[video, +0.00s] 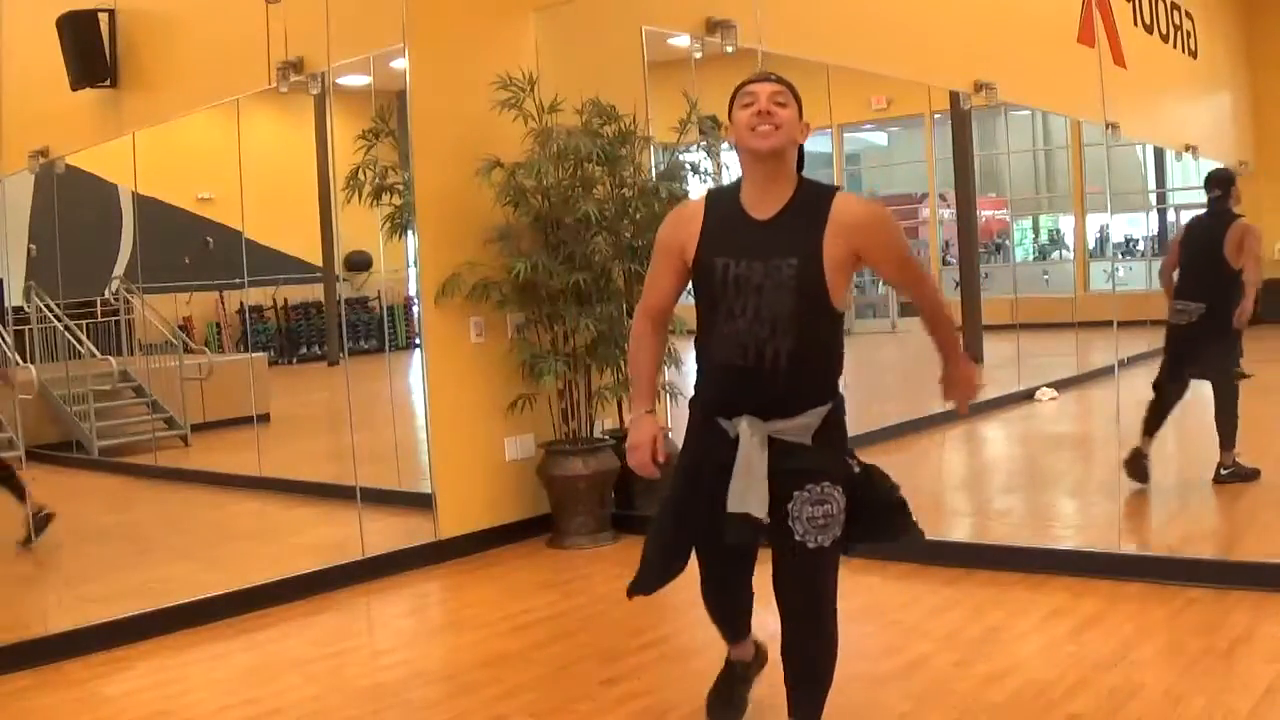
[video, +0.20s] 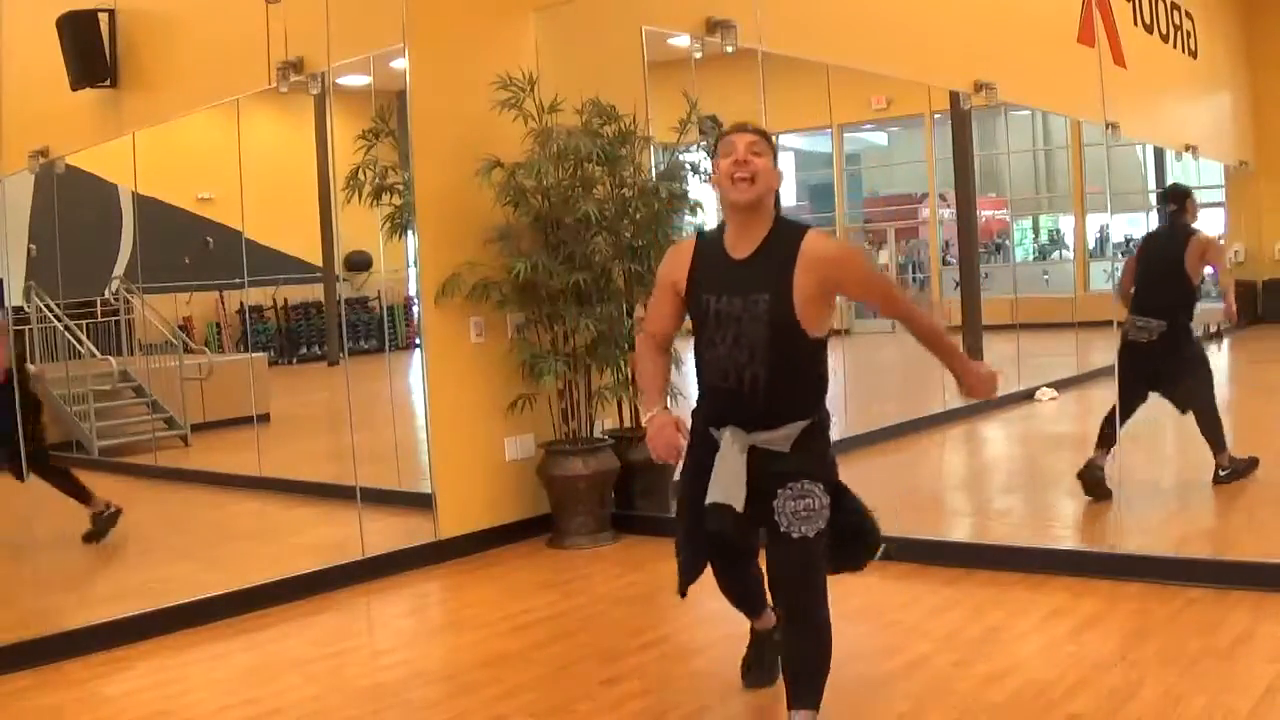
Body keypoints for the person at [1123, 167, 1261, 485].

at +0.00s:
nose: (1238, 193)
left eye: (1234, 187)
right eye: (1236, 188)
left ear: (1207, 193)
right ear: (1232, 192)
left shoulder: (1189, 227)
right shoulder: (1244, 229)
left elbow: (1166, 269)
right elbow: (1251, 267)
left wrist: (1174, 303)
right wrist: (1249, 301)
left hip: (1182, 324)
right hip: (1218, 326)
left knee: (1169, 386)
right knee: (1225, 391)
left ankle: (1141, 450)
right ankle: (1227, 462)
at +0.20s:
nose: (1197, 208)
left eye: (1195, 202)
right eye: (1195, 203)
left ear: (1166, 209)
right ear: (1188, 207)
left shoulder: (1146, 242)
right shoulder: (1200, 242)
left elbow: (1123, 288)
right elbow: (1223, 267)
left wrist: (1140, 313)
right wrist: (1229, 302)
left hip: (1135, 339)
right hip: (1173, 339)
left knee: (1126, 402)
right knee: (1203, 399)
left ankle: (1096, 463)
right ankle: (1224, 462)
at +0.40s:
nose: (1153, 216)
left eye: (1150, 211)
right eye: (1151, 211)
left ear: (1120, 216)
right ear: (1144, 214)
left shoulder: (1106, 252)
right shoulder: (1165, 251)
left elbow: (1086, 299)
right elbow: (1181, 303)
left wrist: (1113, 296)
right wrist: (1191, 349)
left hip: (1103, 349)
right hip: (1141, 348)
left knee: (1103, 414)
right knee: (1171, 403)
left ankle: (1087, 481)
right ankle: (1195, 464)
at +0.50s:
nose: (1145, 200)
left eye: (1141, 195)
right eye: (1141, 195)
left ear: (1114, 203)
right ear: (1133, 200)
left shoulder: (1098, 238)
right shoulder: (1154, 236)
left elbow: (1083, 283)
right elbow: (1165, 285)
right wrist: (1163, 324)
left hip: (1097, 342)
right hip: (1135, 340)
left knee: (1097, 408)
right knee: (1156, 402)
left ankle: (1087, 480)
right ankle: (1165, 469)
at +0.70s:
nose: (1134, 201)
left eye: (1131, 196)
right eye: (1132, 196)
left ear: (1103, 200)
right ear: (1126, 199)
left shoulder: (1086, 233)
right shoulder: (1143, 232)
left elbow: (1085, 270)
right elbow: (1158, 249)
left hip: (1090, 335)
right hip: (1126, 333)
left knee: (1088, 405)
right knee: (1127, 395)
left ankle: (1085, 482)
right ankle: (1106, 458)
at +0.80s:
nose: (1134, 202)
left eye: (1131, 197)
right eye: (1132, 197)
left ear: (1103, 199)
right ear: (1125, 197)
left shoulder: (1085, 231)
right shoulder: (1144, 232)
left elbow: (1083, 267)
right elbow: (1144, 269)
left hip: (1089, 331)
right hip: (1124, 329)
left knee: (1088, 402)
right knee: (1127, 382)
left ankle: (1088, 483)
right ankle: (1102, 438)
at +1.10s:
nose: (1163, 218)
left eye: (1161, 213)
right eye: (1161, 213)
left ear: (1129, 213)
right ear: (1153, 212)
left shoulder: (1105, 235)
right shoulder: (1154, 230)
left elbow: (1067, 251)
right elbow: (1167, 244)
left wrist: (1035, 267)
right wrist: (1171, 239)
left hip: (1099, 336)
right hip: (1136, 336)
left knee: (1094, 405)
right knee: (1160, 394)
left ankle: (1087, 482)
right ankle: (1151, 464)